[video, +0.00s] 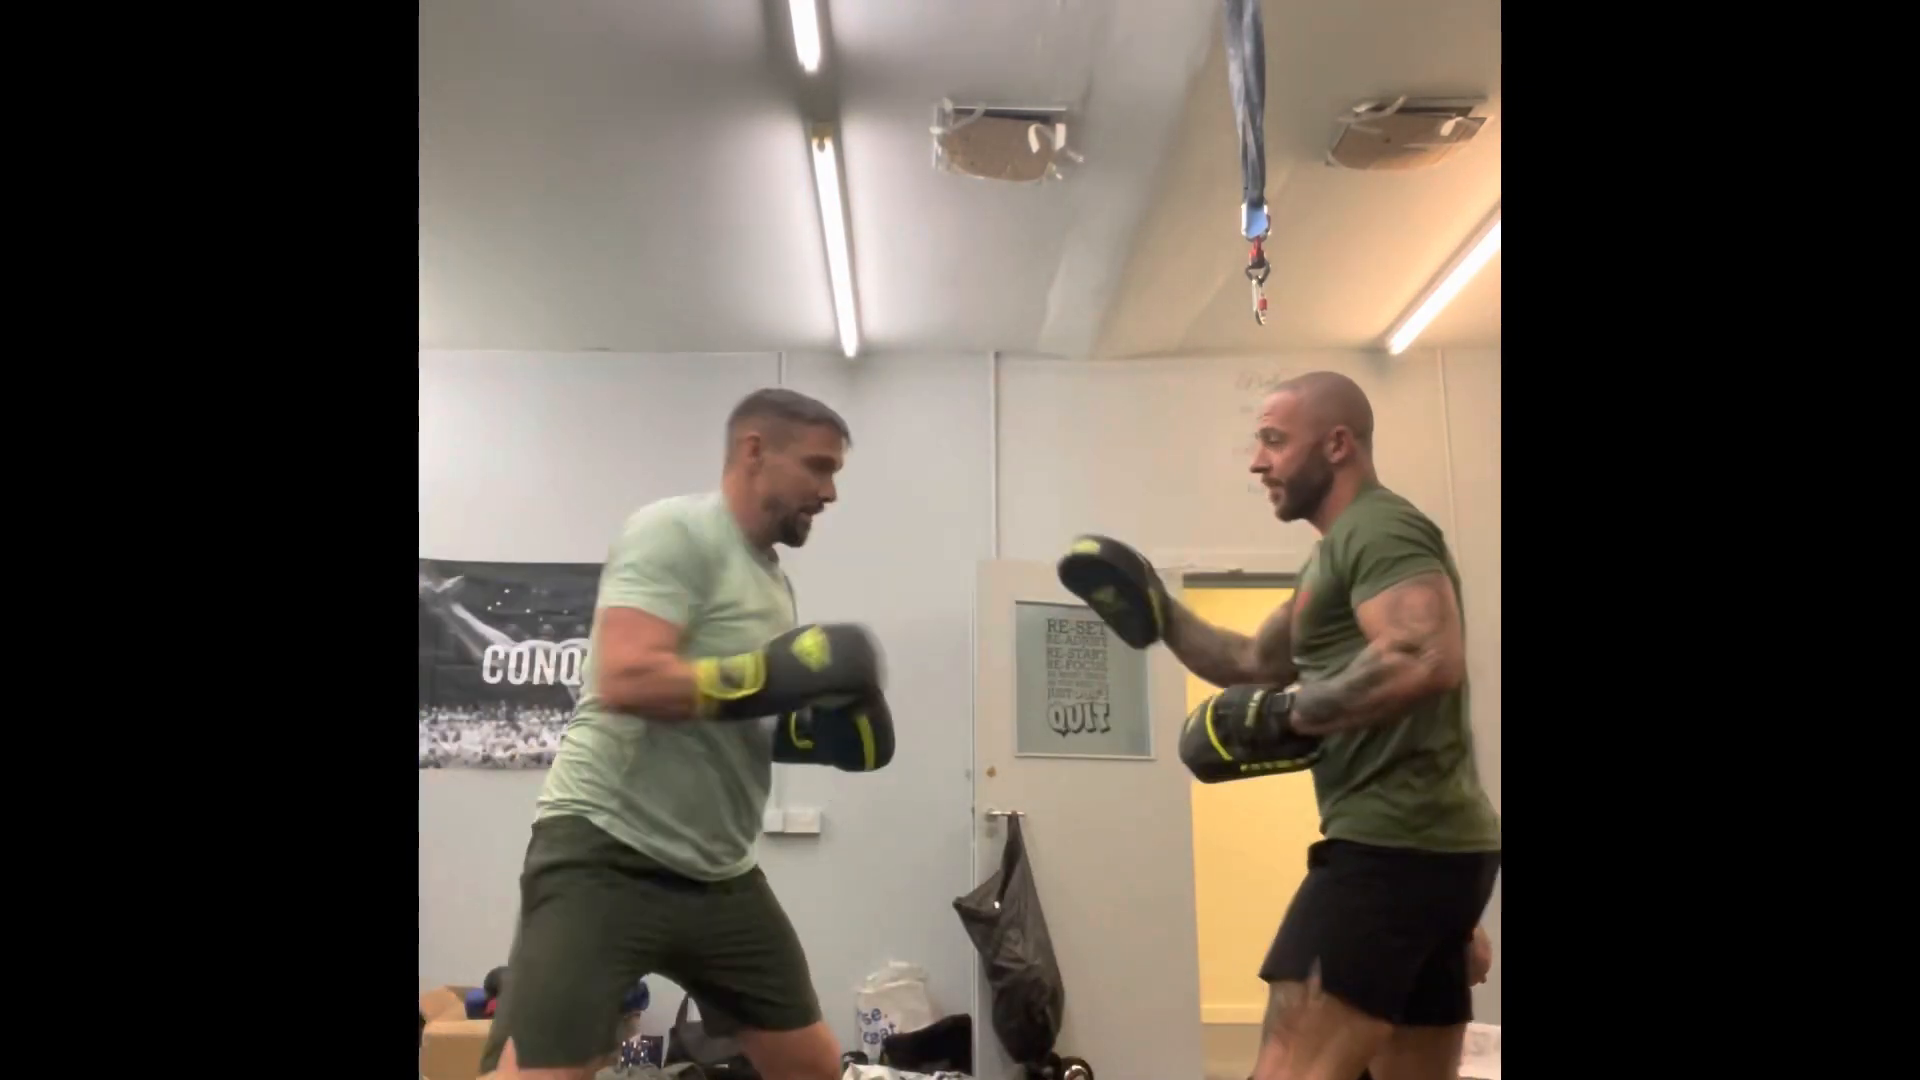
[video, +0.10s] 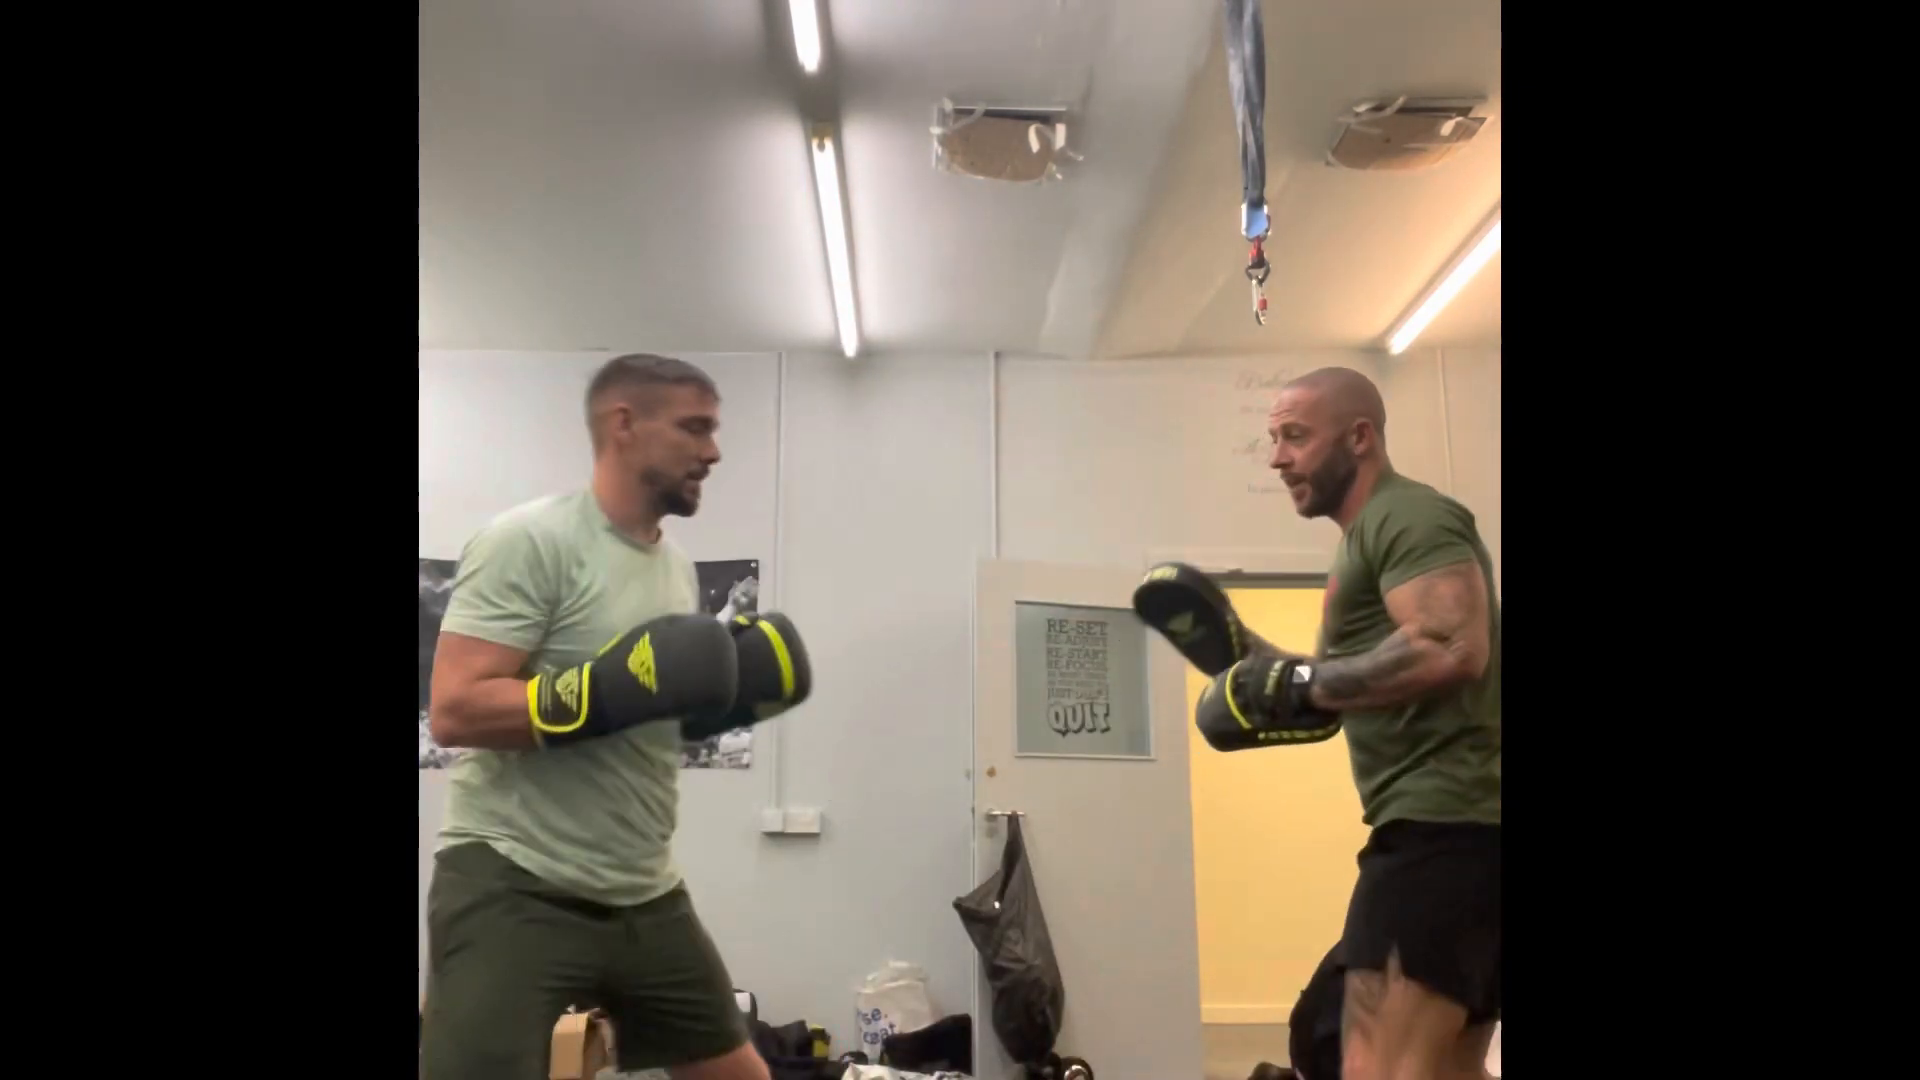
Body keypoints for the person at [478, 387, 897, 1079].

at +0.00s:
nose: (831, 491)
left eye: (835, 473)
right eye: (819, 467)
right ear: (753, 451)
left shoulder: (777, 588)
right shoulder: (667, 532)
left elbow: (728, 724)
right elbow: (624, 679)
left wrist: (814, 731)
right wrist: (765, 675)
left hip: (719, 871)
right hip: (602, 852)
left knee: (811, 1065)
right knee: (540, 1070)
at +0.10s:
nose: (714, 452)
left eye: (714, 432)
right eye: (695, 428)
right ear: (621, 425)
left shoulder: (678, 571)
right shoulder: (523, 542)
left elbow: (647, 725)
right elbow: (455, 710)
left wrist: (723, 693)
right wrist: (606, 689)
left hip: (646, 894)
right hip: (514, 885)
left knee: (735, 1069)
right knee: (472, 1069)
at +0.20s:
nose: (659, 358)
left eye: (657, 340)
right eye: (640, 335)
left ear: (578, 339)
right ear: (566, 335)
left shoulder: (623, 486)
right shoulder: (495, 451)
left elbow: (624, 642)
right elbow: (479, 619)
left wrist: (705, 582)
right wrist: (612, 542)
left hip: (642, 818)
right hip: (512, 809)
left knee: (695, 1055)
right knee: (459, 1065)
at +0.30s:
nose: (666, 407)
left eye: (663, 389)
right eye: (648, 384)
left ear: (588, 387)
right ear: (581, 382)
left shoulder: (640, 520)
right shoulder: (496, 498)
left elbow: (629, 685)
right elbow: (499, 655)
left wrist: (709, 625)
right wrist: (618, 561)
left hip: (663, 852)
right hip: (525, 859)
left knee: (791, 1059)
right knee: (473, 1067)